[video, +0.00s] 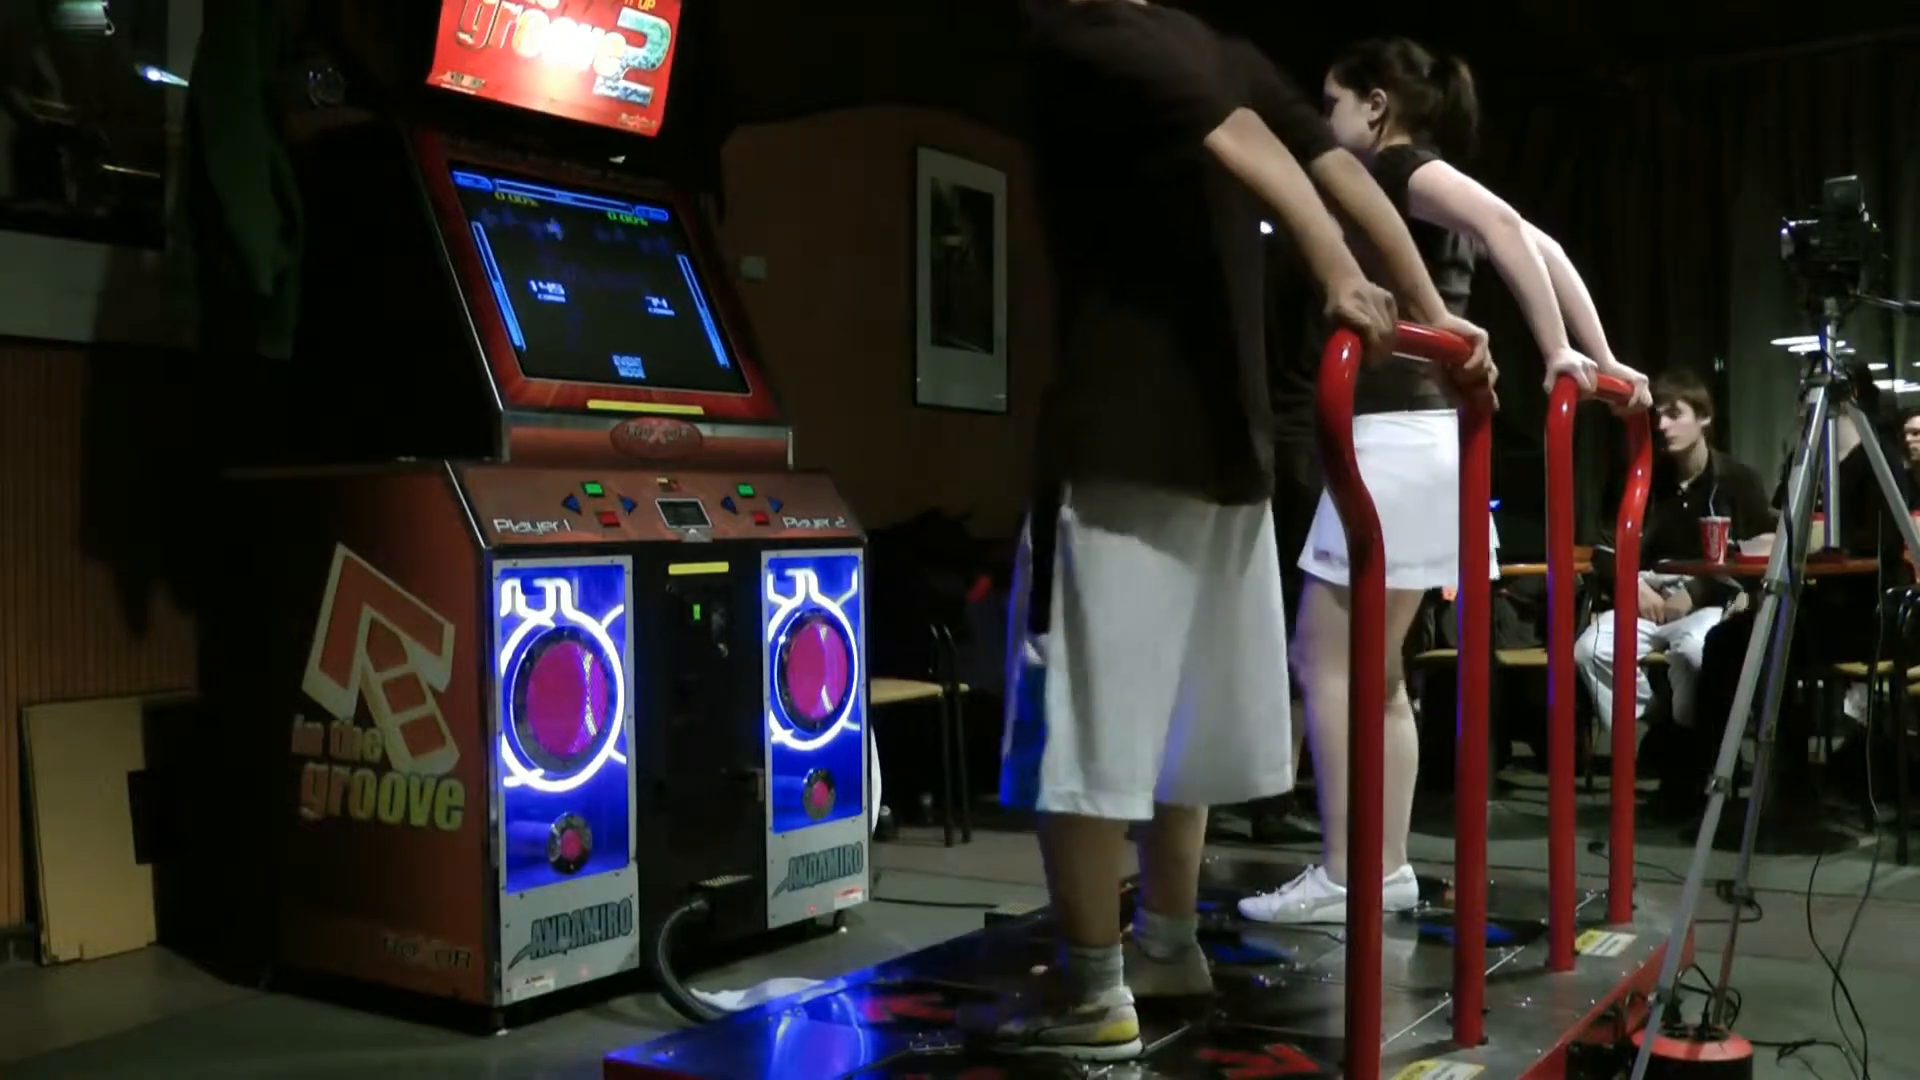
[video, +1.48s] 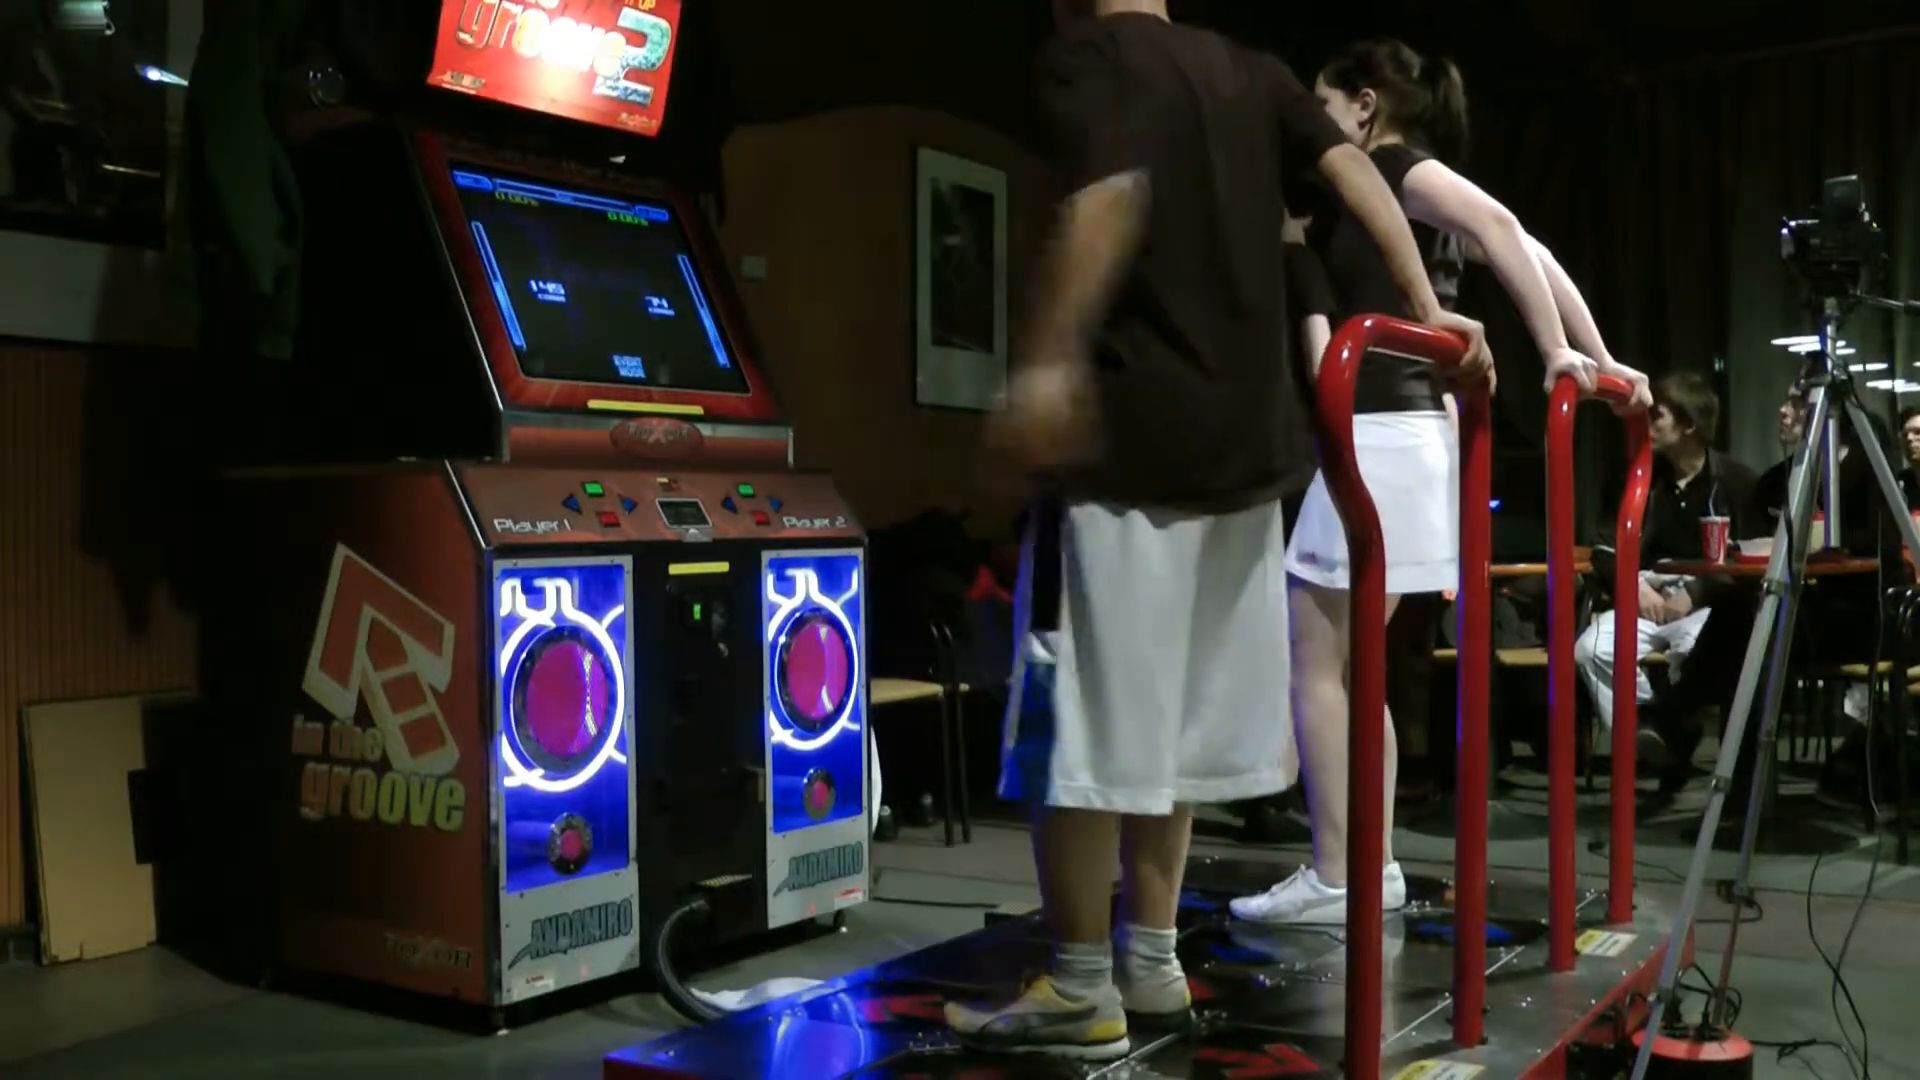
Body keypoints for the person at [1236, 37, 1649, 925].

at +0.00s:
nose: (1327, 119)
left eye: (1336, 103)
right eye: (1329, 105)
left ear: (1379, 105)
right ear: (1403, 112)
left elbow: (1507, 232)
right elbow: (1549, 254)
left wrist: (1558, 352)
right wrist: (1604, 359)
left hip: (1386, 445)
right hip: (1431, 447)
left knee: (1326, 664)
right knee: (1381, 674)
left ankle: (1342, 873)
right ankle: (1389, 872)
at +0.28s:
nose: (1325, 121)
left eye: (1333, 104)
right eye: (1326, 106)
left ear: (1376, 106)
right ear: (1401, 113)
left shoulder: (1386, 171)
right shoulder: (1426, 179)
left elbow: (1503, 232)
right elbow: (1548, 252)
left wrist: (1555, 350)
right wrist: (1606, 357)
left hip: (1371, 449)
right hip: (1424, 451)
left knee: (1315, 665)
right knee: (1370, 674)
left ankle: (1337, 872)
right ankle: (1388, 871)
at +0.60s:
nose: (1322, 114)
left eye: (1332, 99)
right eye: (1323, 101)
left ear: (1375, 101)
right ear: (1396, 108)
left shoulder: (1394, 168)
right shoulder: (1404, 175)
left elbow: (1503, 230)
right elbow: (1543, 254)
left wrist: (1556, 351)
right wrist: (1603, 356)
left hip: (1375, 436)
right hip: (1399, 435)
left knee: (1325, 654)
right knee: (1345, 655)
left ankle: (1338, 872)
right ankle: (1380, 855)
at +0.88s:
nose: (1321, 120)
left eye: (1331, 105)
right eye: (1322, 107)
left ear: (1371, 107)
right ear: (1398, 113)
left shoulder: (1391, 172)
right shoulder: (1407, 180)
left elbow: (1503, 232)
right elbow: (1543, 255)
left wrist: (1557, 351)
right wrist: (1603, 357)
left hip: (1378, 451)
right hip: (1419, 453)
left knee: (1305, 661)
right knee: (1355, 674)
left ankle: (1333, 870)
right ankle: (1374, 871)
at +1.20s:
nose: (1320, 123)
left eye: (1329, 107)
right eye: (1321, 109)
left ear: (1369, 108)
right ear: (1396, 114)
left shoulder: (1391, 173)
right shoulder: (1404, 182)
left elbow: (1502, 233)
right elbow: (1541, 256)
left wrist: (1556, 351)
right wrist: (1601, 357)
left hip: (1369, 448)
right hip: (1411, 448)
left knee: (1303, 662)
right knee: (1350, 672)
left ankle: (1332, 874)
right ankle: (1373, 869)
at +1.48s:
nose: (1319, 119)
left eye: (1328, 103)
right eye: (1320, 106)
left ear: (1370, 103)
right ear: (1394, 110)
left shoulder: (1392, 169)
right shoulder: (1406, 177)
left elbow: (1502, 232)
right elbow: (1535, 256)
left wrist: (1556, 350)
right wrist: (1601, 356)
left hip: (1369, 443)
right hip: (1411, 444)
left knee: (1315, 662)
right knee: (1356, 668)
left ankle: (1333, 875)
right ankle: (1374, 874)